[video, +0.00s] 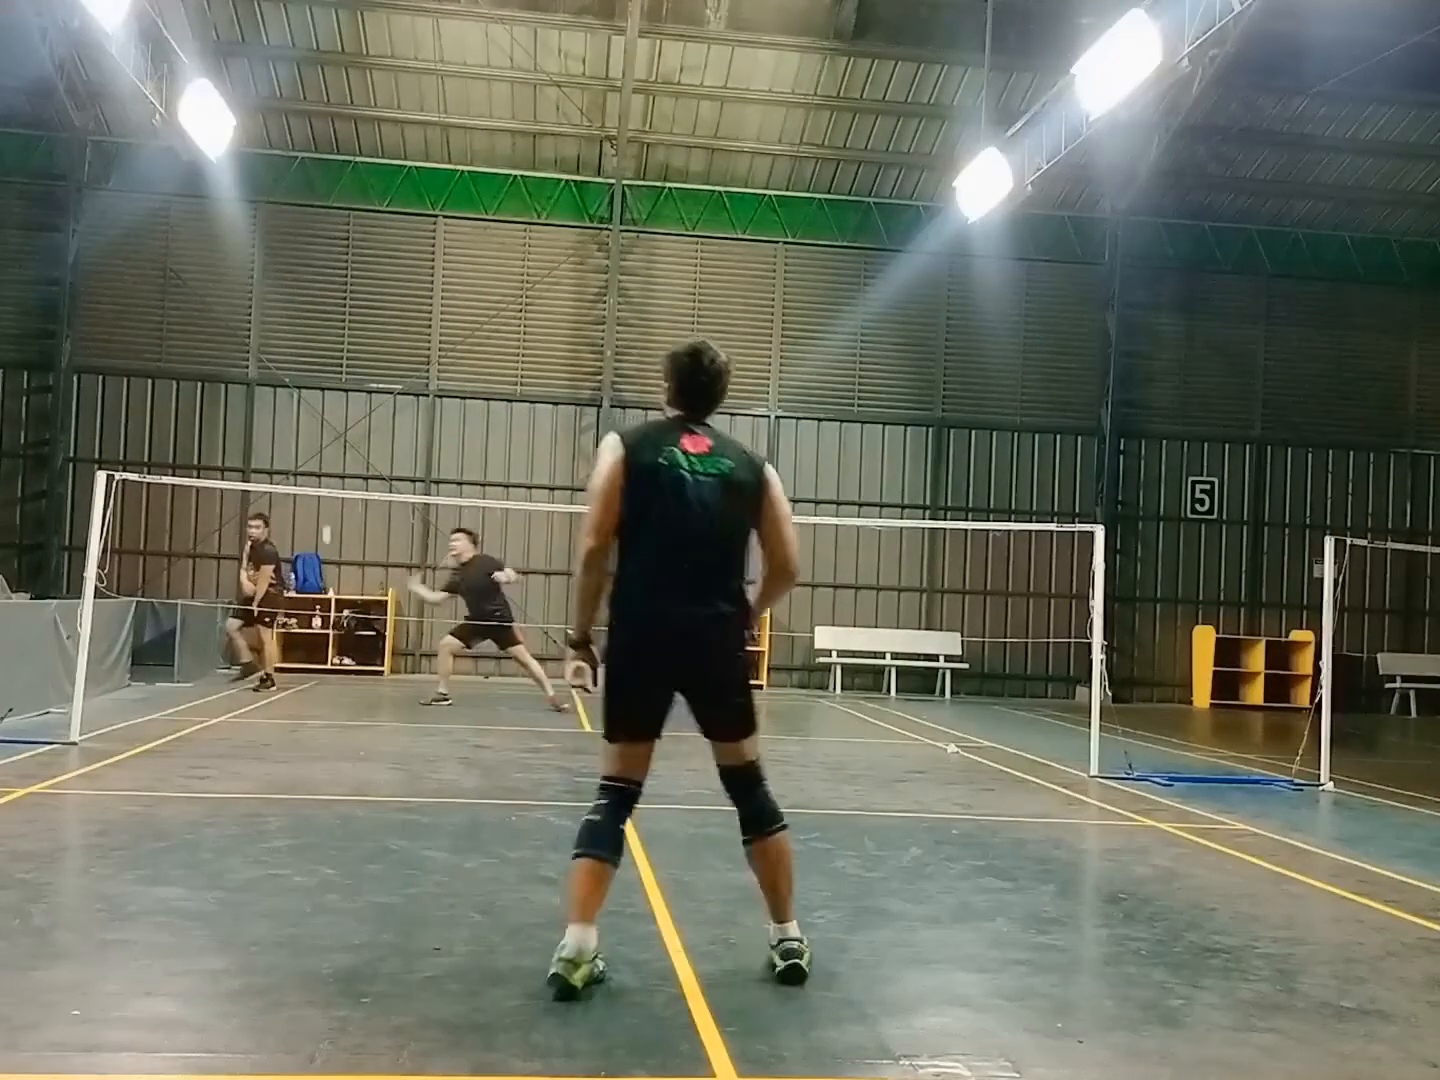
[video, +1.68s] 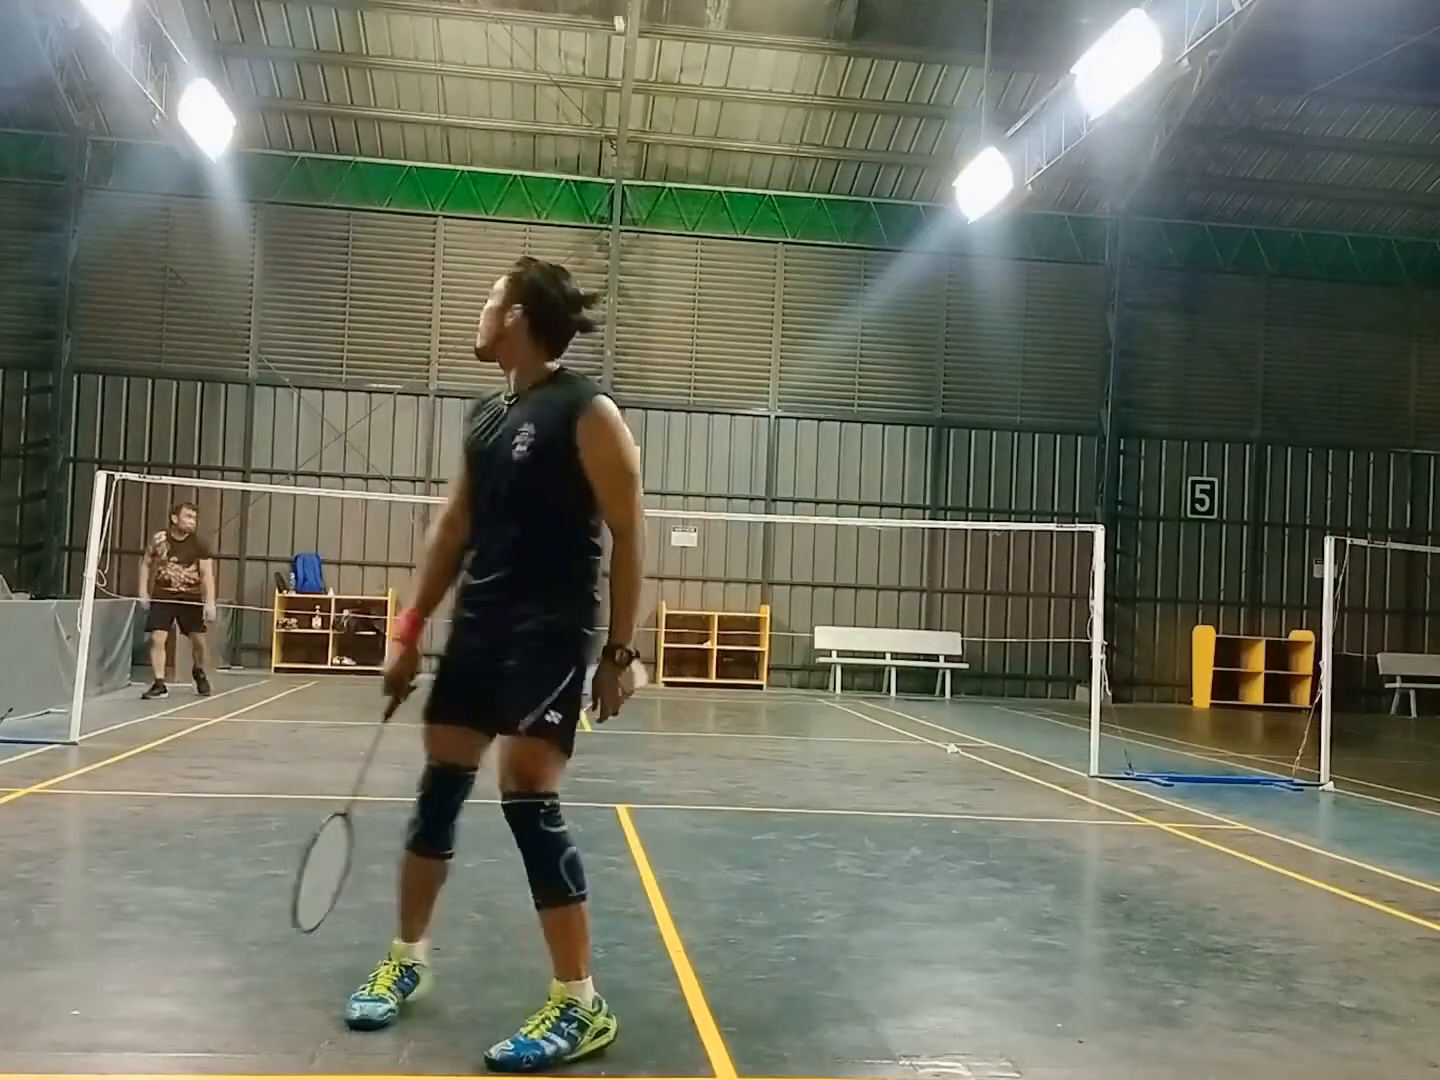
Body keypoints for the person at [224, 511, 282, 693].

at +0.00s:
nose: (252, 531)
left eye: (257, 527)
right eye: (249, 527)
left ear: (266, 529)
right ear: (247, 528)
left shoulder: (269, 551)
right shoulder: (253, 549)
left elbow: (264, 581)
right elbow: (245, 570)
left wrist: (256, 602)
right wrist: (246, 585)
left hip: (269, 596)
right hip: (255, 593)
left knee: (265, 634)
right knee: (232, 625)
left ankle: (268, 676)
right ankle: (247, 661)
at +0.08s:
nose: (246, 530)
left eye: (251, 527)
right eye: (243, 526)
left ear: (259, 529)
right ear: (240, 528)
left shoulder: (262, 550)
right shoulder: (245, 547)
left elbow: (259, 578)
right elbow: (242, 568)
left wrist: (251, 601)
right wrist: (239, 582)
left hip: (265, 592)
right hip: (249, 590)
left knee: (264, 635)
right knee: (229, 626)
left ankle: (267, 675)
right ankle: (230, 669)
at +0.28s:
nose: (230, 531)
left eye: (234, 528)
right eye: (227, 527)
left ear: (243, 530)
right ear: (224, 529)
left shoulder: (245, 550)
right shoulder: (231, 548)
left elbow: (241, 578)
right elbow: (228, 569)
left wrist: (231, 601)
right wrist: (220, 580)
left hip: (244, 594)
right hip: (229, 591)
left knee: (242, 635)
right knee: (215, 633)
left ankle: (261, 672)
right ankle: (214, 673)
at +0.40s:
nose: (222, 529)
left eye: (227, 525)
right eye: (220, 524)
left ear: (236, 528)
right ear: (216, 527)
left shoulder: (236, 550)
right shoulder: (221, 546)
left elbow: (230, 577)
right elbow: (214, 567)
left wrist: (220, 600)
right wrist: (208, 583)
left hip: (237, 589)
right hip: (221, 588)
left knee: (227, 623)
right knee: (212, 631)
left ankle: (239, 662)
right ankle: (214, 673)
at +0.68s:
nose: (217, 529)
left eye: (221, 525)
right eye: (214, 525)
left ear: (226, 527)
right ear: (207, 525)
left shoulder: (229, 549)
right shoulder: (202, 545)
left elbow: (223, 579)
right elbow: (196, 567)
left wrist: (213, 604)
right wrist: (189, 589)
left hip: (225, 592)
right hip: (207, 591)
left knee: (217, 625)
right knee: (207, 632)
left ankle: (211, 669)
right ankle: (211, 671)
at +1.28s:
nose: (210, 527)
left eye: (214, 524)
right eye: (207, 522)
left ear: (218, 528)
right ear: (197, 523)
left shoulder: (221, 551)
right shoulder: (186, 539)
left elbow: (217, 582)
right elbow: (170, 558)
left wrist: (206, 605)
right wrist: (161, 578)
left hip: (210, 595)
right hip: (187, 592)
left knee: (209, 636)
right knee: (175, 630)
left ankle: (204, 678)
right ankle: (179, 672)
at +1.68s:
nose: (192, 521)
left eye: (194, 518)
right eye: (187, 517)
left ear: (196, 521)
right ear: (175, 518)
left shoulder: (200, 544)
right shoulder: (159, 539)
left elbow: (206, 574)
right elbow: (146, 564)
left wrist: (210, 601)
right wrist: (143, 592)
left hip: (191, 599)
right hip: (162, 598)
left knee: (199, 640)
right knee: (158, 638)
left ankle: (199, 672)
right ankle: (159, 682)